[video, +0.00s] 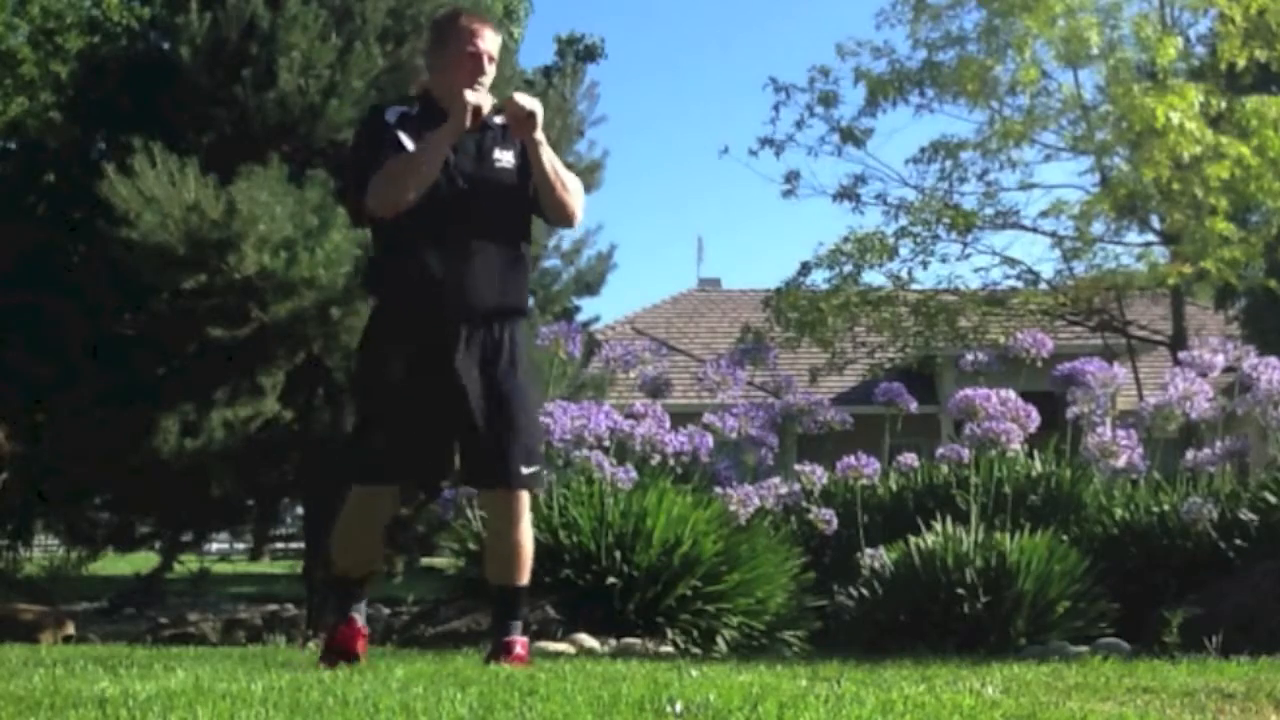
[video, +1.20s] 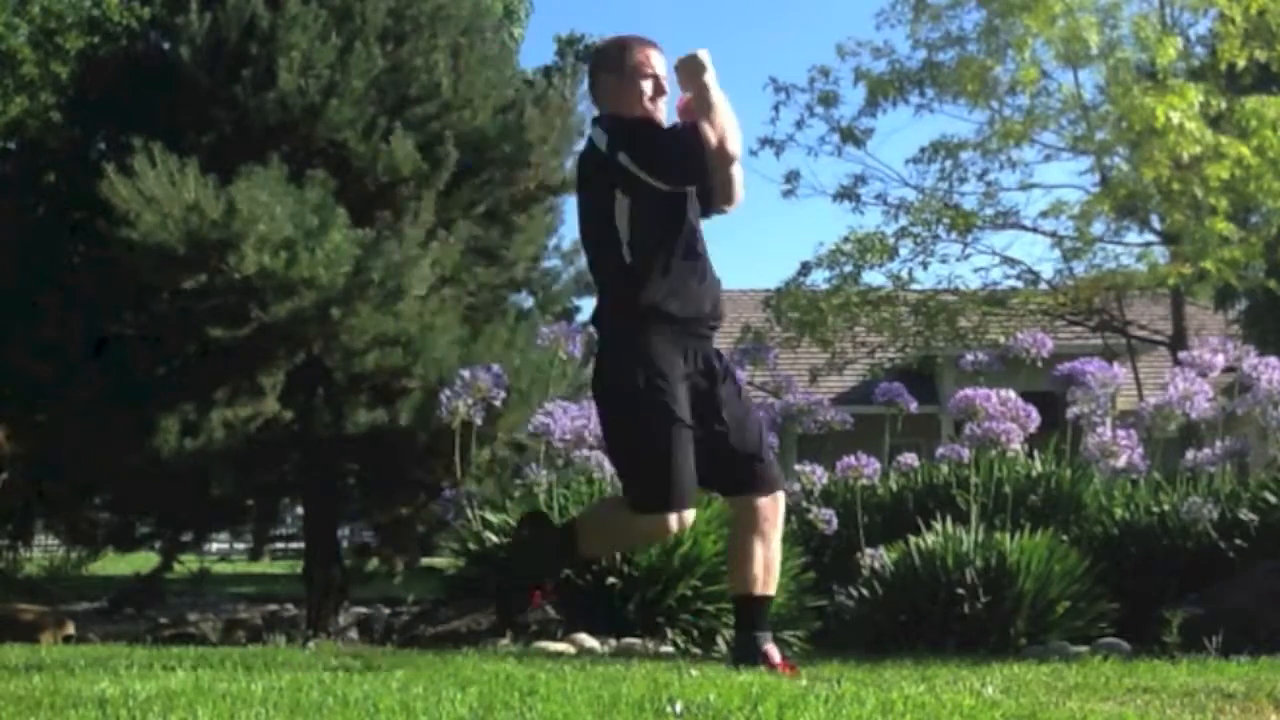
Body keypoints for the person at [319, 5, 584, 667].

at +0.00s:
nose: (482, 68)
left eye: (489, 60)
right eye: (469, 56)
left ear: (499, 70)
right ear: (432, 61)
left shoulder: (513, 139)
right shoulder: (394, 127)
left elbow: (569, 212)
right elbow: (382, 201)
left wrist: (535, 139)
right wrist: (455, 127)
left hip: (496, 334)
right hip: (409, 331)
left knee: (509, 485)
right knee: (379, 483)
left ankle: (509, 634)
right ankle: (346, 618)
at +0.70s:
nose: (475, 90)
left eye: (484, 82)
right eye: (463, 78)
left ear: (491, 91)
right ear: (425, 80)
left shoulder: (510, 156)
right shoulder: (385, 148)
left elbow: (565, 234)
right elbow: (372, 211)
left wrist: (533, 167)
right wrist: (447, 143)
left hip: (506, 347)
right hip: (417, 351)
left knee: (579, 462)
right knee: (380, 507)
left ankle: (548, 607)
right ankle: (351, 641)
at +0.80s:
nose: (501, 86)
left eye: (510, 78)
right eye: (488, 74)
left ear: (520, 86)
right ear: (451, 76)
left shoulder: (535, 148)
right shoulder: (412, 143)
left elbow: (593, 227)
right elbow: (404, 203)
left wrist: (564, 157)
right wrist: (476, 136)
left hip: (531, 348)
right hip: (439, 353)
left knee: (609, 458)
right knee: (394, 504)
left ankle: (622, 618)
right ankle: (355, 631)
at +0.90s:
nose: (536, 110)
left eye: (543, 101)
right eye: (521, 98)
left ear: (550, 110)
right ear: (481, 101)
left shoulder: (568, 177)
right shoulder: (440, 164)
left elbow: (634, 240)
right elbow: (453, 212)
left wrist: (604, 164)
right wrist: (525, 147)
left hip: (553, 375)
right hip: (459, 376)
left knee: (626, 490)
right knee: (404, 518)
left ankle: (708, 618)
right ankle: (360, 637)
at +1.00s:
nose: (578, 128)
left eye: (584, 118)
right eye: (562, 115)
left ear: (595, 130)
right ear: (521, 126)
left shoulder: (611, 207)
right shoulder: (498, 191)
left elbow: (684, 237)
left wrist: (651, 163)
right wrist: (603, 141)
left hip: (593, 402)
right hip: (501, 398)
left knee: (677, 512)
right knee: (421, 531)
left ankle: (725, 646)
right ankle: (364, 640)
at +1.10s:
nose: (628, 112)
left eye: (631, 104)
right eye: (613, 101)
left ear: (634, 116)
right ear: (570, 114)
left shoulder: (635, 180)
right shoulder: (573, 178)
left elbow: (706, 215)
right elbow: (666, 175)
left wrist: (683, 140)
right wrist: (668, 107)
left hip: (658, 385)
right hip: (582, 388)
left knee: (746, 495)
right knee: (499, 533)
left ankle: (750, 642)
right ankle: (388, 623)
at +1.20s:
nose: (657, 87)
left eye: (661, 78)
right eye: (642, 77)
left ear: (664, 88)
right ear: (603, 91)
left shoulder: (660, 148)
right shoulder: (610, 146)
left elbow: (722, 195)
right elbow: (704, 156)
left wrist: (711, 121)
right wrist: (703, 94)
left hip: (700, 345)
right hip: (641, 346)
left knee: (762, 496)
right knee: (664, 515)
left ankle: (752, 642)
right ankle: (550, 548)